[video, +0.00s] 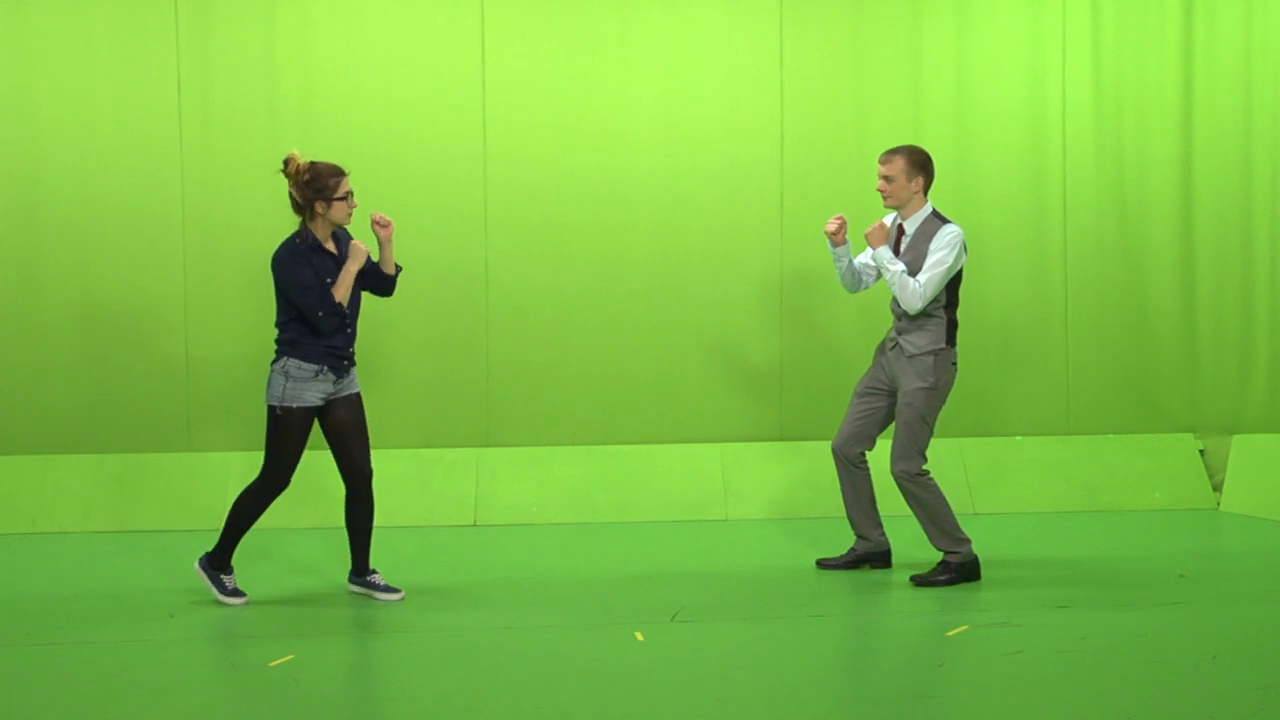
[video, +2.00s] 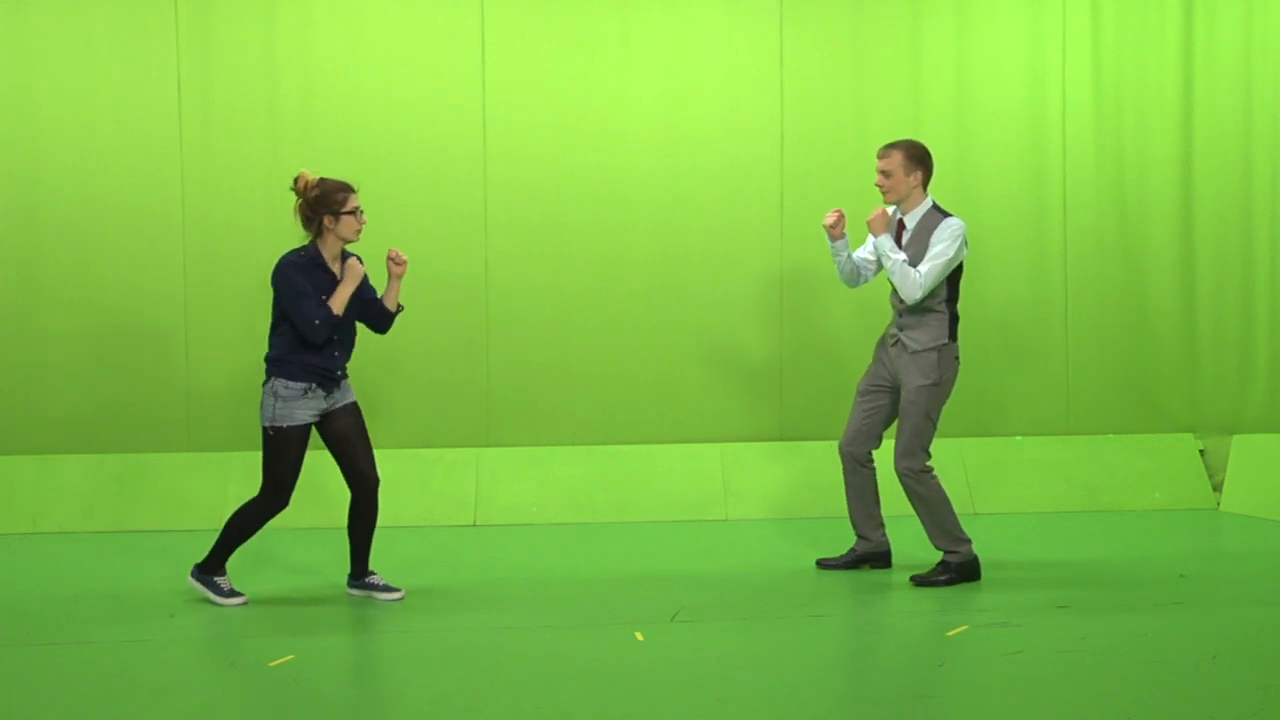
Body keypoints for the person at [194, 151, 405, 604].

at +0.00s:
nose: (354, 203)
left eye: (352, 195)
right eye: (345, 197)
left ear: (329, 205)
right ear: (319, 207)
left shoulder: (343, 247)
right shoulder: (290, 256)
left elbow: (385, 286)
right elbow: (327, 318)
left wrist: (386, 244)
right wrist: (352, 266)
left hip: (340, 376)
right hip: (296, 375)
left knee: (360, 476)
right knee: (276, 478)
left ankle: (361, 571)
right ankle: (216, 561)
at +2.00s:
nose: (363, 219)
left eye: (361, 212)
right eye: (354, 213)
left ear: (334, 221)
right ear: (328, 221)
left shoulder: (348, 266)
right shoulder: (292, 268)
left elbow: (380, 322)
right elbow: (315, 329)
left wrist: (394, 281)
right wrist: (349, 283)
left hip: (334, 389)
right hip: (289, 390)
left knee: (366, 482)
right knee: (276, 496)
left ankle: (360, 575)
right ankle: (208, 568)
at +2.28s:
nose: (396, 214)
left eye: (394, 206)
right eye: (387, 209)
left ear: (377, 217)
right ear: (362, 219)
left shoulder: (388, 267)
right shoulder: (332, 269)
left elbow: (421, 321)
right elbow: (347, 330)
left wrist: (431, 276)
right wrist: (382, 283)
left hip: (370, 393)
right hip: (325, 391)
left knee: (385, 489)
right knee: (296, 492)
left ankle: (361, 574)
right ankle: (223, 562)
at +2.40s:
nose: (408, 179)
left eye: (406, 172)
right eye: (400, 174)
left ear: (389, 183)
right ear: (375, 183)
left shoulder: (406, 234)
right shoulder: (346, 234)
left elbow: (446, 276)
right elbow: (361, 292)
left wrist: (444, 229)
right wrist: (398, 244)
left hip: (401, 360)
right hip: (356, 359)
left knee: (410, 461)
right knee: (333, 462)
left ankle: (379, 555)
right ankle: (273, 541)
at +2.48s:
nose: (423, 171)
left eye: (421, 162)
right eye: (413, 165)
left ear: (405, 173)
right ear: (388, 175)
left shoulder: (416, 221)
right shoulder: (360, 225)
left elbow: (456, 271)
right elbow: (384, 278)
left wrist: (461, 223)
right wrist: (415, 230)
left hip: (416, 347)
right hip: (370, 349)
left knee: (440, 447)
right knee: (359, 458)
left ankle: (417, 540)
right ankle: (315, 548)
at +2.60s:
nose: (446, 187)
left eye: (444, 180)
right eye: (436, 181)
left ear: (426, 190)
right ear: (412, 191)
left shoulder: (436, 238)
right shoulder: (384, 241)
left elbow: (475, 293)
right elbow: (422, 290)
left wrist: (489, 250)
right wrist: (441, 240)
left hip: (440, 361)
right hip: (395, 365)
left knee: (473, 459)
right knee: (391, 474)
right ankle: (337, 558)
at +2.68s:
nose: (464, 210)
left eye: (461, 203)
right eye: (454, 205)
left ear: (437, 215)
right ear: (429, 216)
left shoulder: (448, 263)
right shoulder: (403, 265)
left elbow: (487, 319)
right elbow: (439, 317)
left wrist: (505, 275)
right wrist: (461, 266)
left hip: (461, 384)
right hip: (417, 387)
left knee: (497, 477)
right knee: (404, 497)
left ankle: (499, 570)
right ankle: (333, 561)